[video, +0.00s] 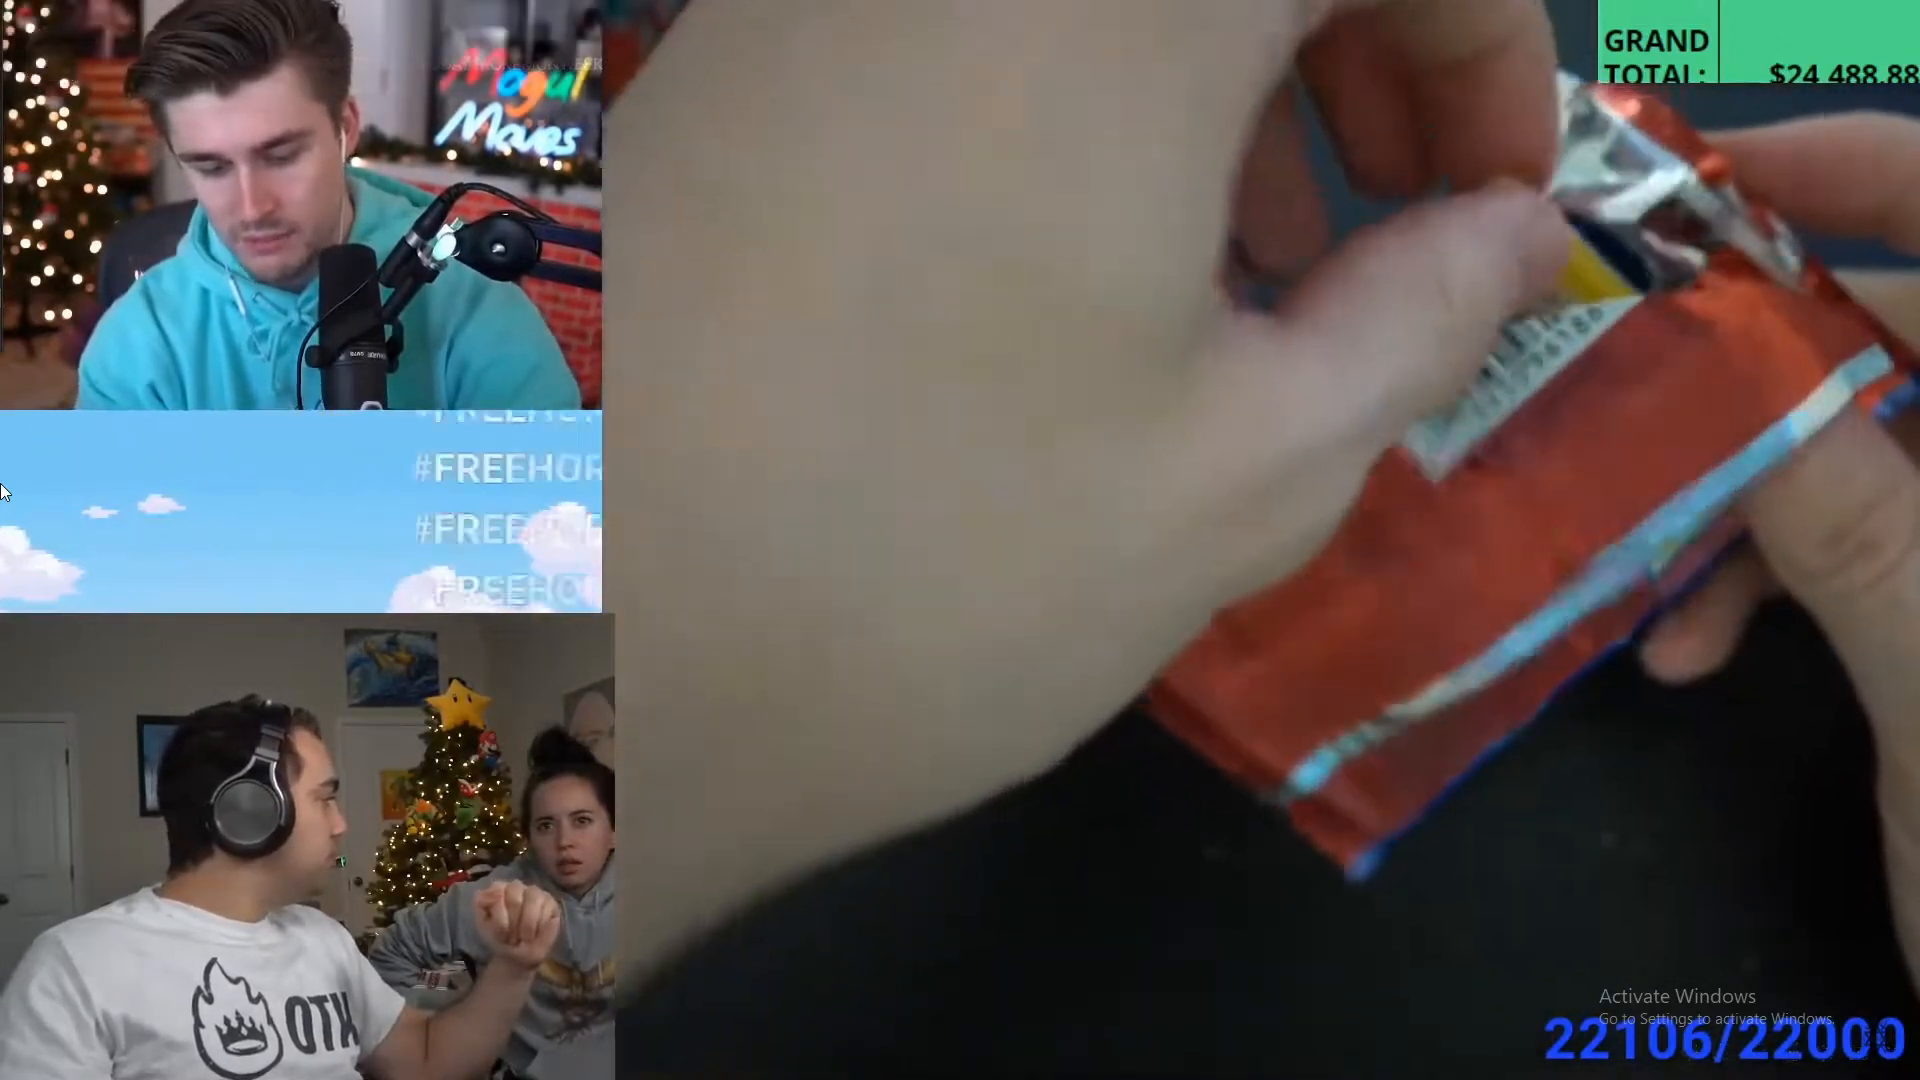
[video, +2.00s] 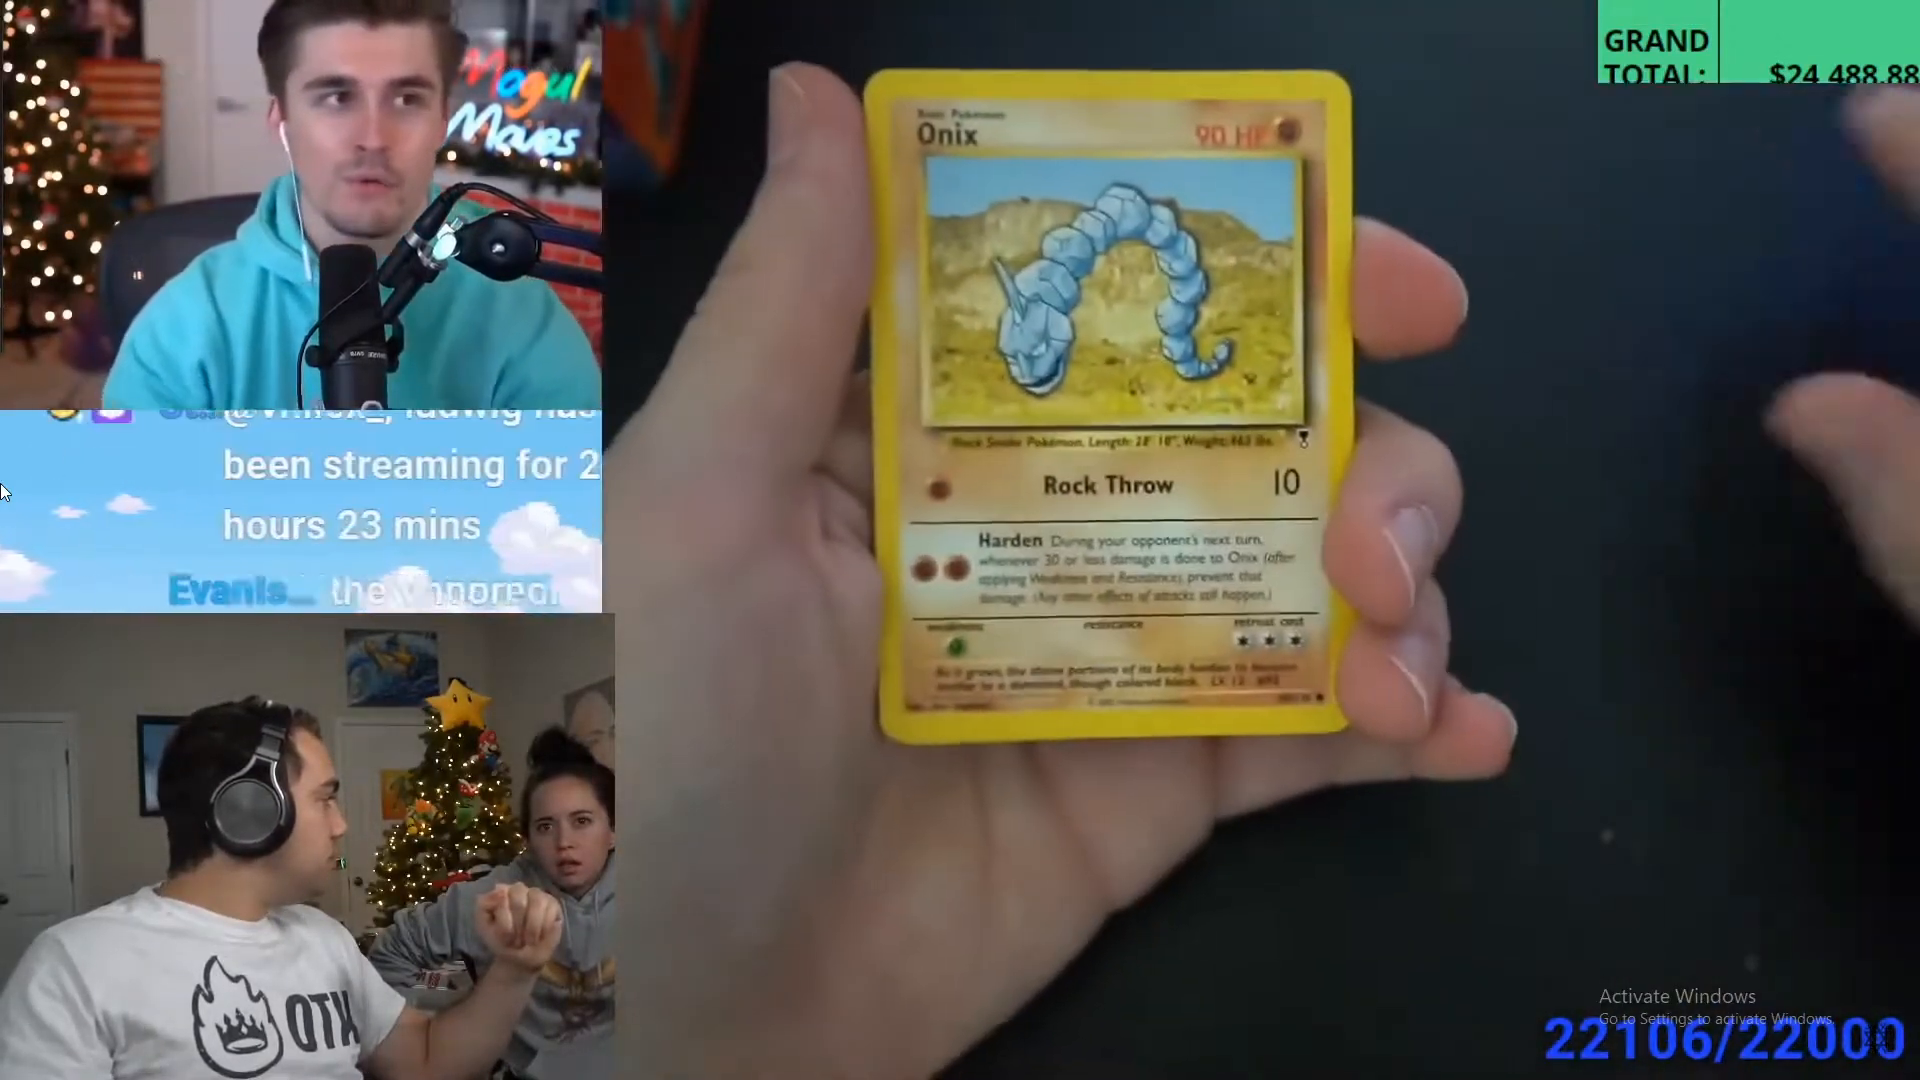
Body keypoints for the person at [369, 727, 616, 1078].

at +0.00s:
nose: (565, 842)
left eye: (582, 821)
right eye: (546, 826)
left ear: (613, 831)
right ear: (529, 838)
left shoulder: (644, 892)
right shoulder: (491, 899)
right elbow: (387, 957)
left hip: (625, 1068)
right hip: (536, 1073)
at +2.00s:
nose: (564, 842)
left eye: (582, 822)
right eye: (545, 826)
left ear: (612, 831)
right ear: (528, 839)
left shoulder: (644, 891)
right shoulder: (491, 898)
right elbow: (389, 955)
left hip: (625, 1067)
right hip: (535, 1072)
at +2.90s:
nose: (556, 829)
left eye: (575, 811)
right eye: (539, 814)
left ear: (608, 827)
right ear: (523, 833)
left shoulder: (640, 888)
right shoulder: (483, 899)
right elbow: (386, 956)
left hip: (626, 1067)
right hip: (534, 1071)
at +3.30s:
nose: (550, 834)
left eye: (570, 815)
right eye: (533, 819)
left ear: (605, 830)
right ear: (518, 835)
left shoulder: (636, 892)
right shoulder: (476, 903)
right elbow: (383, 955)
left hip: (622, 1068)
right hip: (530, 1072)